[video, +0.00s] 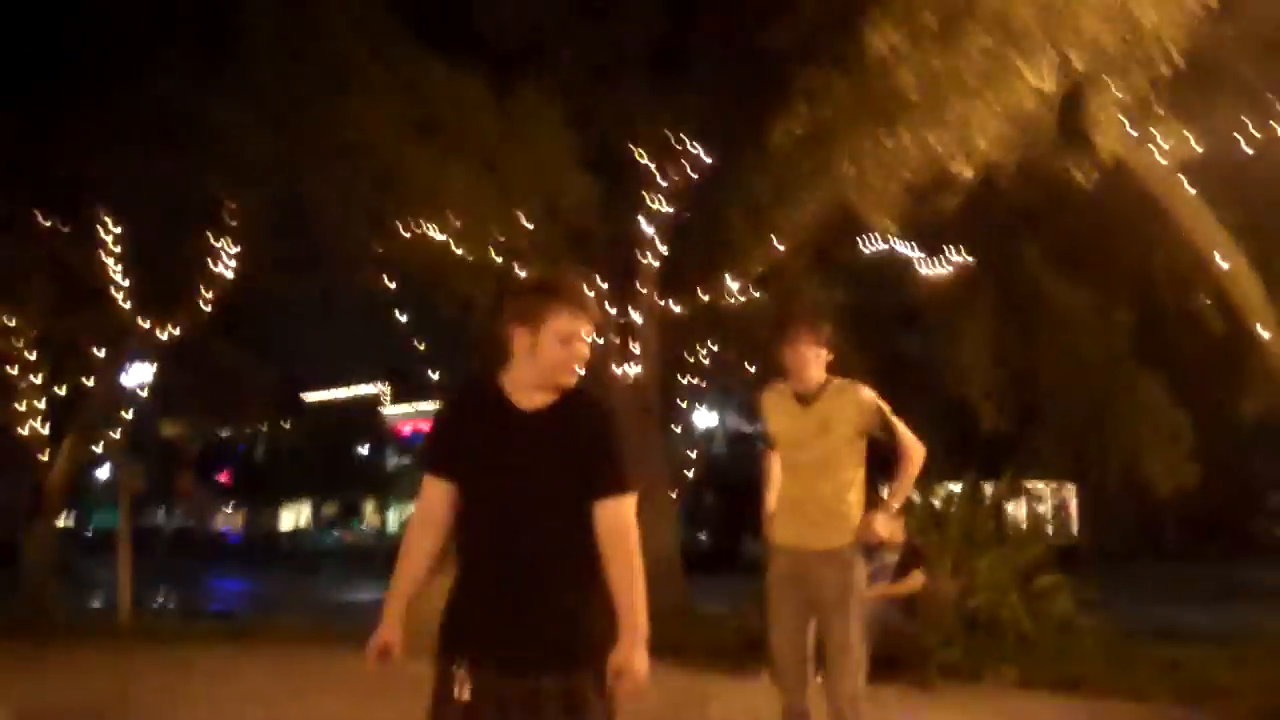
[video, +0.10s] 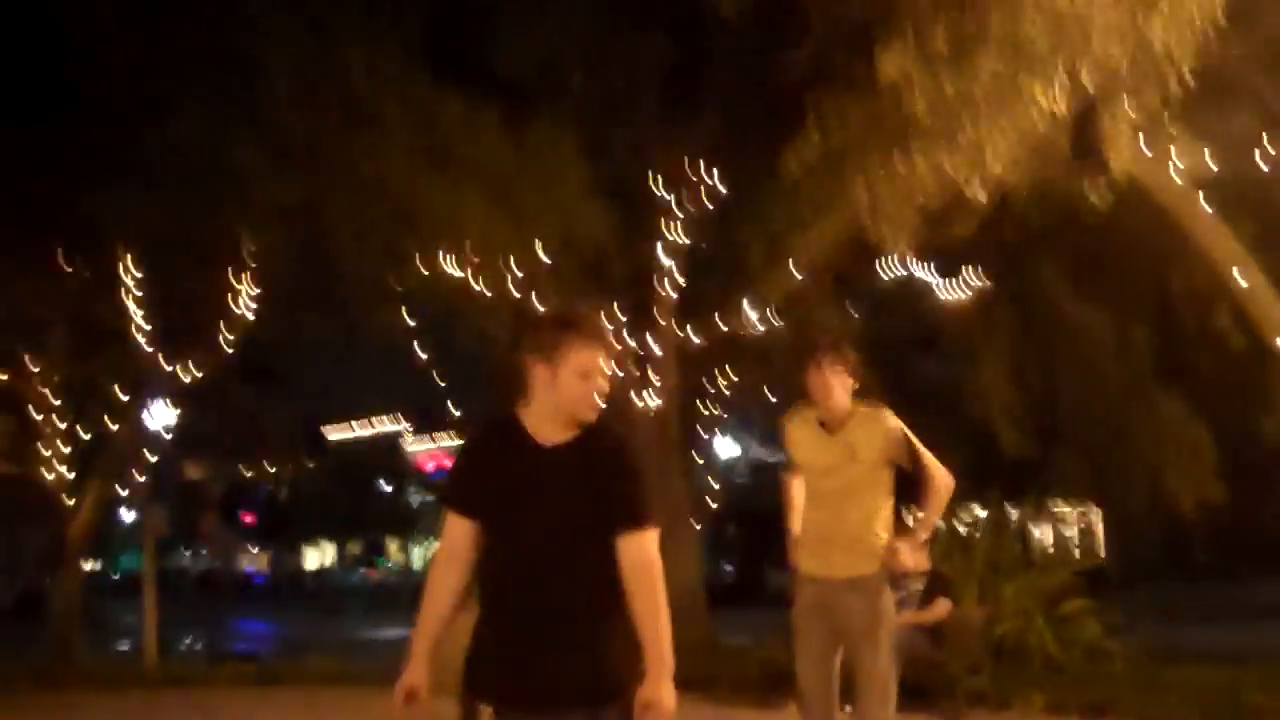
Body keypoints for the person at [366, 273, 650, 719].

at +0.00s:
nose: (582, 353)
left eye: (587, 341)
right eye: (567, 339)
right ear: (521, 338)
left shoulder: (591, 419)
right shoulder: (468, 411)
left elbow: (619, 534)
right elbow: (430, 518)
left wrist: (633, 636)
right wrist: (393, 614)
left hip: (572, 648)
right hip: (479, 645)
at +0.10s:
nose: (602, 387)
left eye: (605, 375)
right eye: (587, 375)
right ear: (540, 371)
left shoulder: (611, 455)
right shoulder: (489, 448)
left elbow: (641, 566)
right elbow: (454, 556)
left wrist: (659, 673)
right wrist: (419, 659)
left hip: (597, 681)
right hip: (507, 680)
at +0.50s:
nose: (644, 361)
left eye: (648, 348)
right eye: (631, 346)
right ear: (583, 344)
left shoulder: (651, 428)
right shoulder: (524, 417)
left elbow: (679, 538)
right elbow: (485, 525)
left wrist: (706, 635)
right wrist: (450, 624)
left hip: (628, 659)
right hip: (533, 658)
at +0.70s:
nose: (631, 336)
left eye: (638, 322)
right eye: (615, 319)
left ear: (646, 328)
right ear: (573, 321)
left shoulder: (653, 415)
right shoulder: (522, 405)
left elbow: (681, 521)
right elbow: (482, 510)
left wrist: (709, 623)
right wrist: (445, 607)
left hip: (624, 649)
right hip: (527, 645)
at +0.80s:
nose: (616, 343)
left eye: (627, 330)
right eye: (600, 328)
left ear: (637, 340)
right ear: (566, 332)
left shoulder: (653, 429)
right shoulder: (521, 424)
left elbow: (681, 531)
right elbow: (484, 524)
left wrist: (705, 633)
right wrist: (446, 618)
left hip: (627, 655)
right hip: (531, 654)